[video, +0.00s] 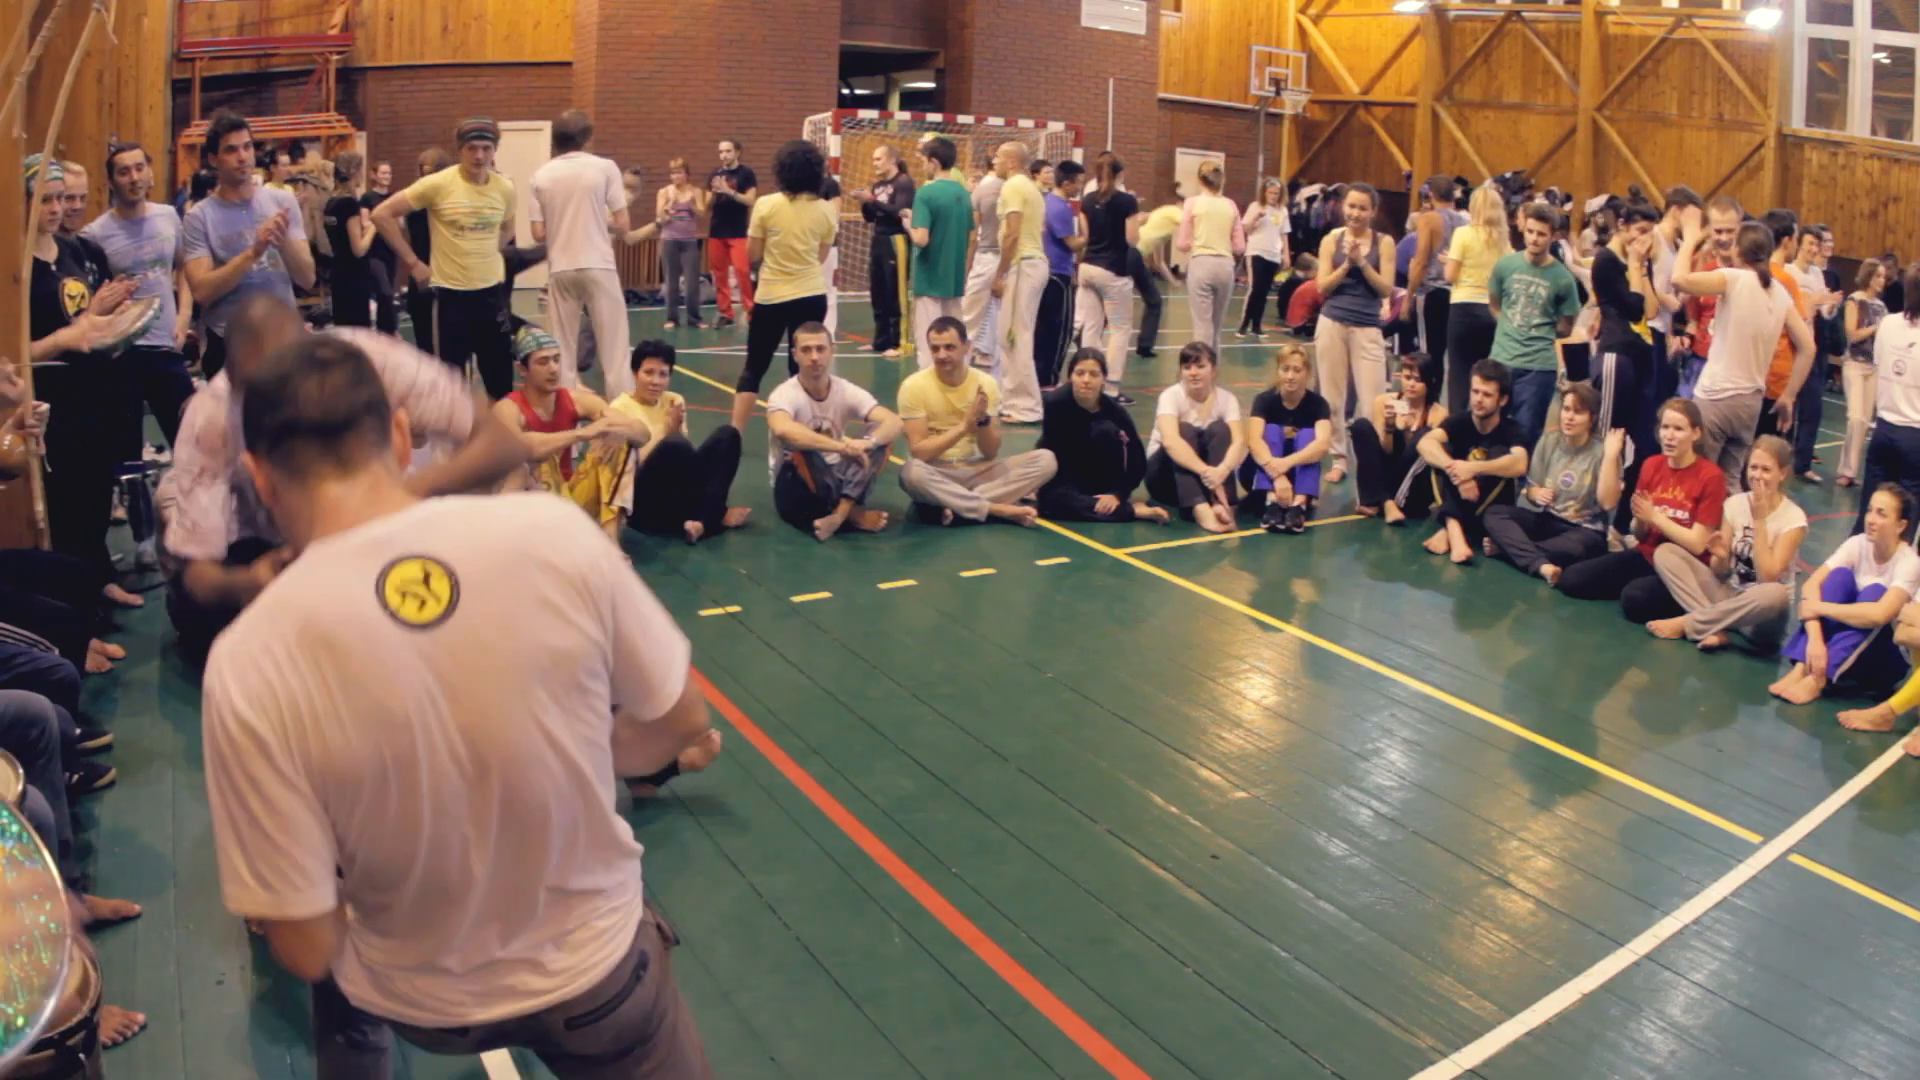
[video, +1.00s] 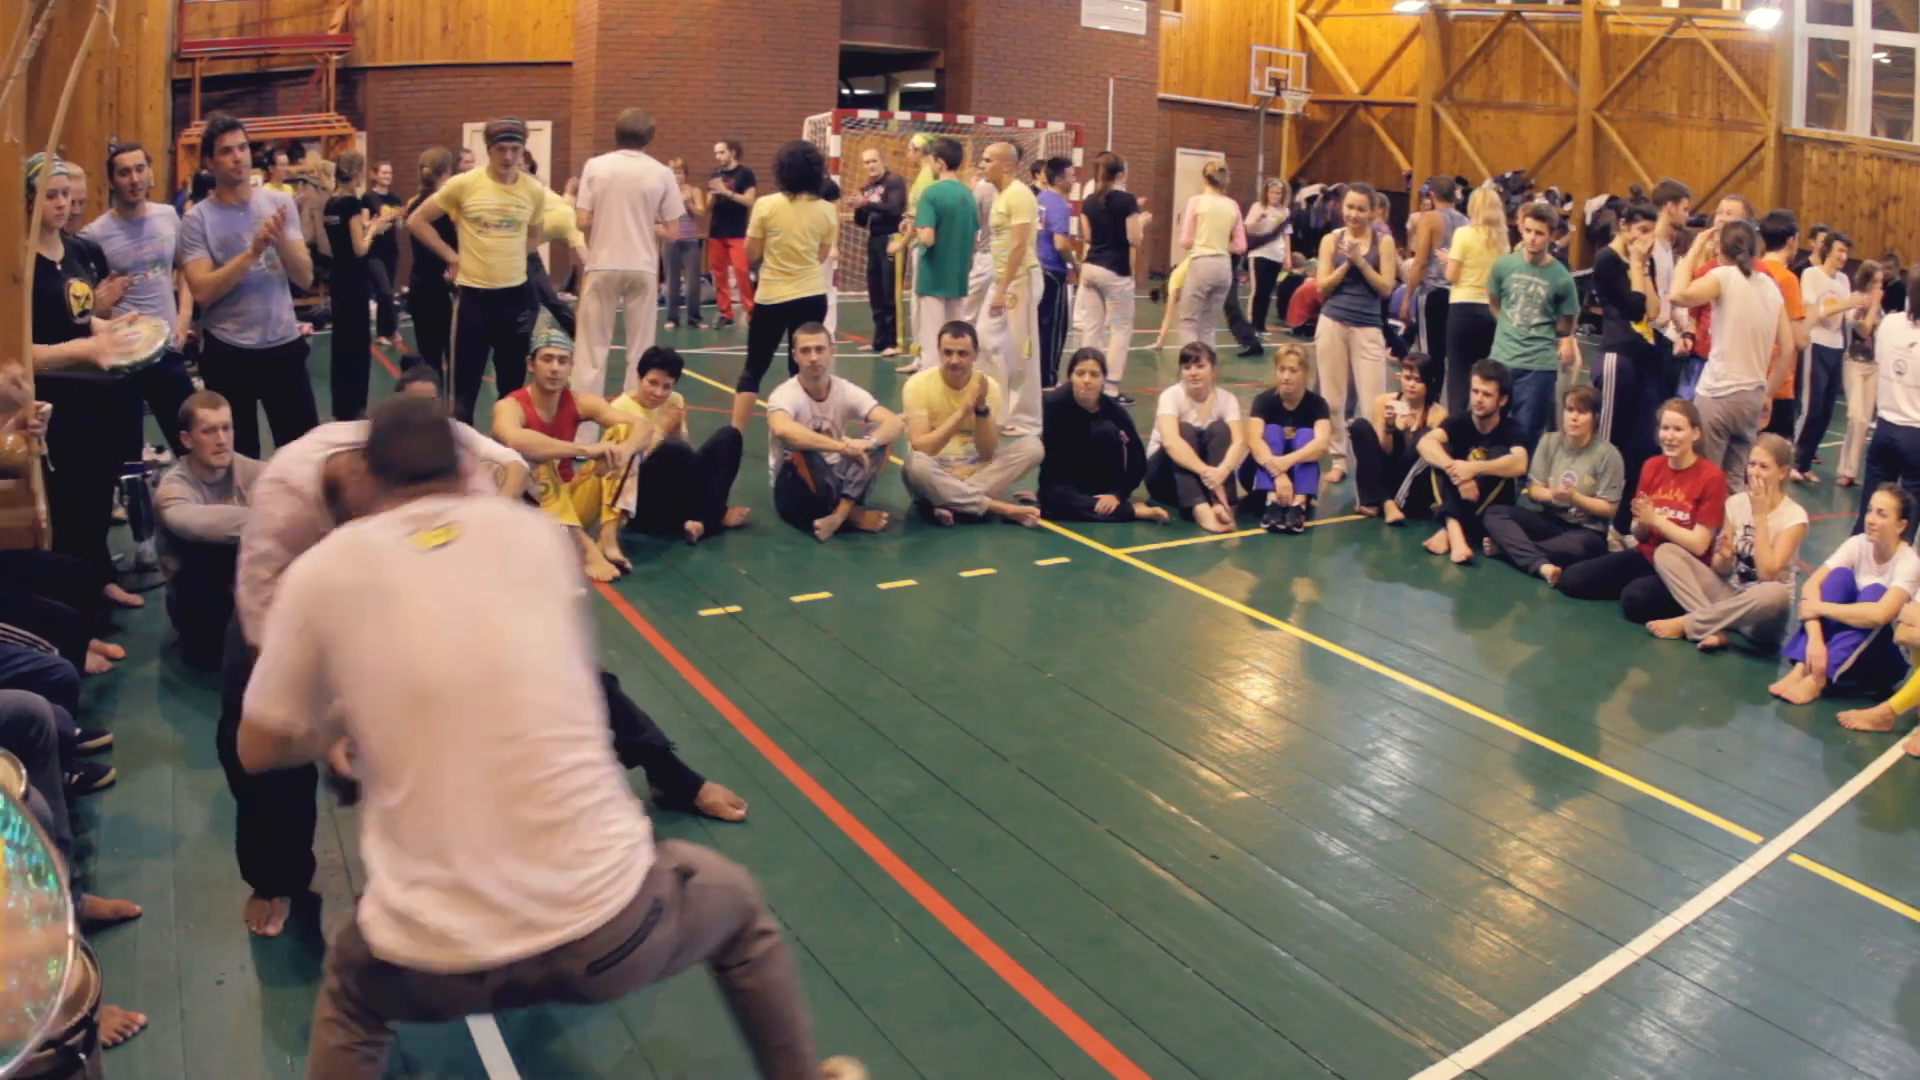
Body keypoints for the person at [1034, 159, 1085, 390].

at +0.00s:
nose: (1080, 187)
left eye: (1080, 183)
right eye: (1078, 182)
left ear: (1064, 181)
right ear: (1066, 182)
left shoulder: (1050, 201)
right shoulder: (1059, 207)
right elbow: (1071, 242)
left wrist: (1079, 239)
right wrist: (1085, 237)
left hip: (1050, 268)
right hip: (1058, 272)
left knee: (1046, 328)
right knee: (1058, 329)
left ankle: (1042, 377)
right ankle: (1048, 379)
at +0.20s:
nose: (1082, 183)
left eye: (1083, 178)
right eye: (1081, 178)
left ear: (1059, 175)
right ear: (1074, 178)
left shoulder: (1042, 196)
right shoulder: (1070, 205)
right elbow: (1067, 245)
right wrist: (1083, 250)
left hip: (1037, 262)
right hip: (1058, 269)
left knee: (1037, 322)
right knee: (1055, 326)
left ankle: (1032, 373)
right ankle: (1049, 378)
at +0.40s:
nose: (1083, 184)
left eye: (1083, 180)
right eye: (1081, 180)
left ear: (1059, 178)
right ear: (1074, 181)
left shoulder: (1044, 198)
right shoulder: (1068, 209)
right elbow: (1066, 247)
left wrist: (1073, 242)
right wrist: (1082, 247)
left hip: (1040, 265)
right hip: (1060, 271)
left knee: (1040, 324)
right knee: (1060, 328)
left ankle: (1035, 372)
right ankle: (1050, 377)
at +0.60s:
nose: (1081, 180)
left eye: (1080, 176)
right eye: (1079, 176)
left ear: (1057, 175)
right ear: (1072, 177)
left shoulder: (1041, 197)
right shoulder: (1069, 205)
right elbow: (1076, 244)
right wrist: (1086, 251)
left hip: (1037, 262)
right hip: (1058, 268)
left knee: (1038, 319)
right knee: (1057, 324)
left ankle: (1034, 371)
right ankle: (1049, 375)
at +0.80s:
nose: (1077, 180)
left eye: (1076, 175)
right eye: (1075, 176)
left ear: (1053, 176)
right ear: (1068, 178)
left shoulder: (1039, 197)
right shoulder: (1069, 206)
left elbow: (1031, 231)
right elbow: (1065, 243)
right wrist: (1077, 263)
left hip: (1035, 264)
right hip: (1057, 269)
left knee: (1035, 320)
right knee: (1055, 325)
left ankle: (1030, 372)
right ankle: (1048, 376)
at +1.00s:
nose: (1074, 179)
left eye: (1073, 174)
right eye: (1071, 174)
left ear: (1052, 177)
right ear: (1059, 177)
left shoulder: (1039, 197)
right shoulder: (1058, 203)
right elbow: (1060, 242)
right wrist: (1073, 261)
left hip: (1036, 264)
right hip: (1052, 269)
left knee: (1041, 323)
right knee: (1054, 325)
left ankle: (1041, 374)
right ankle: (1048, 377)